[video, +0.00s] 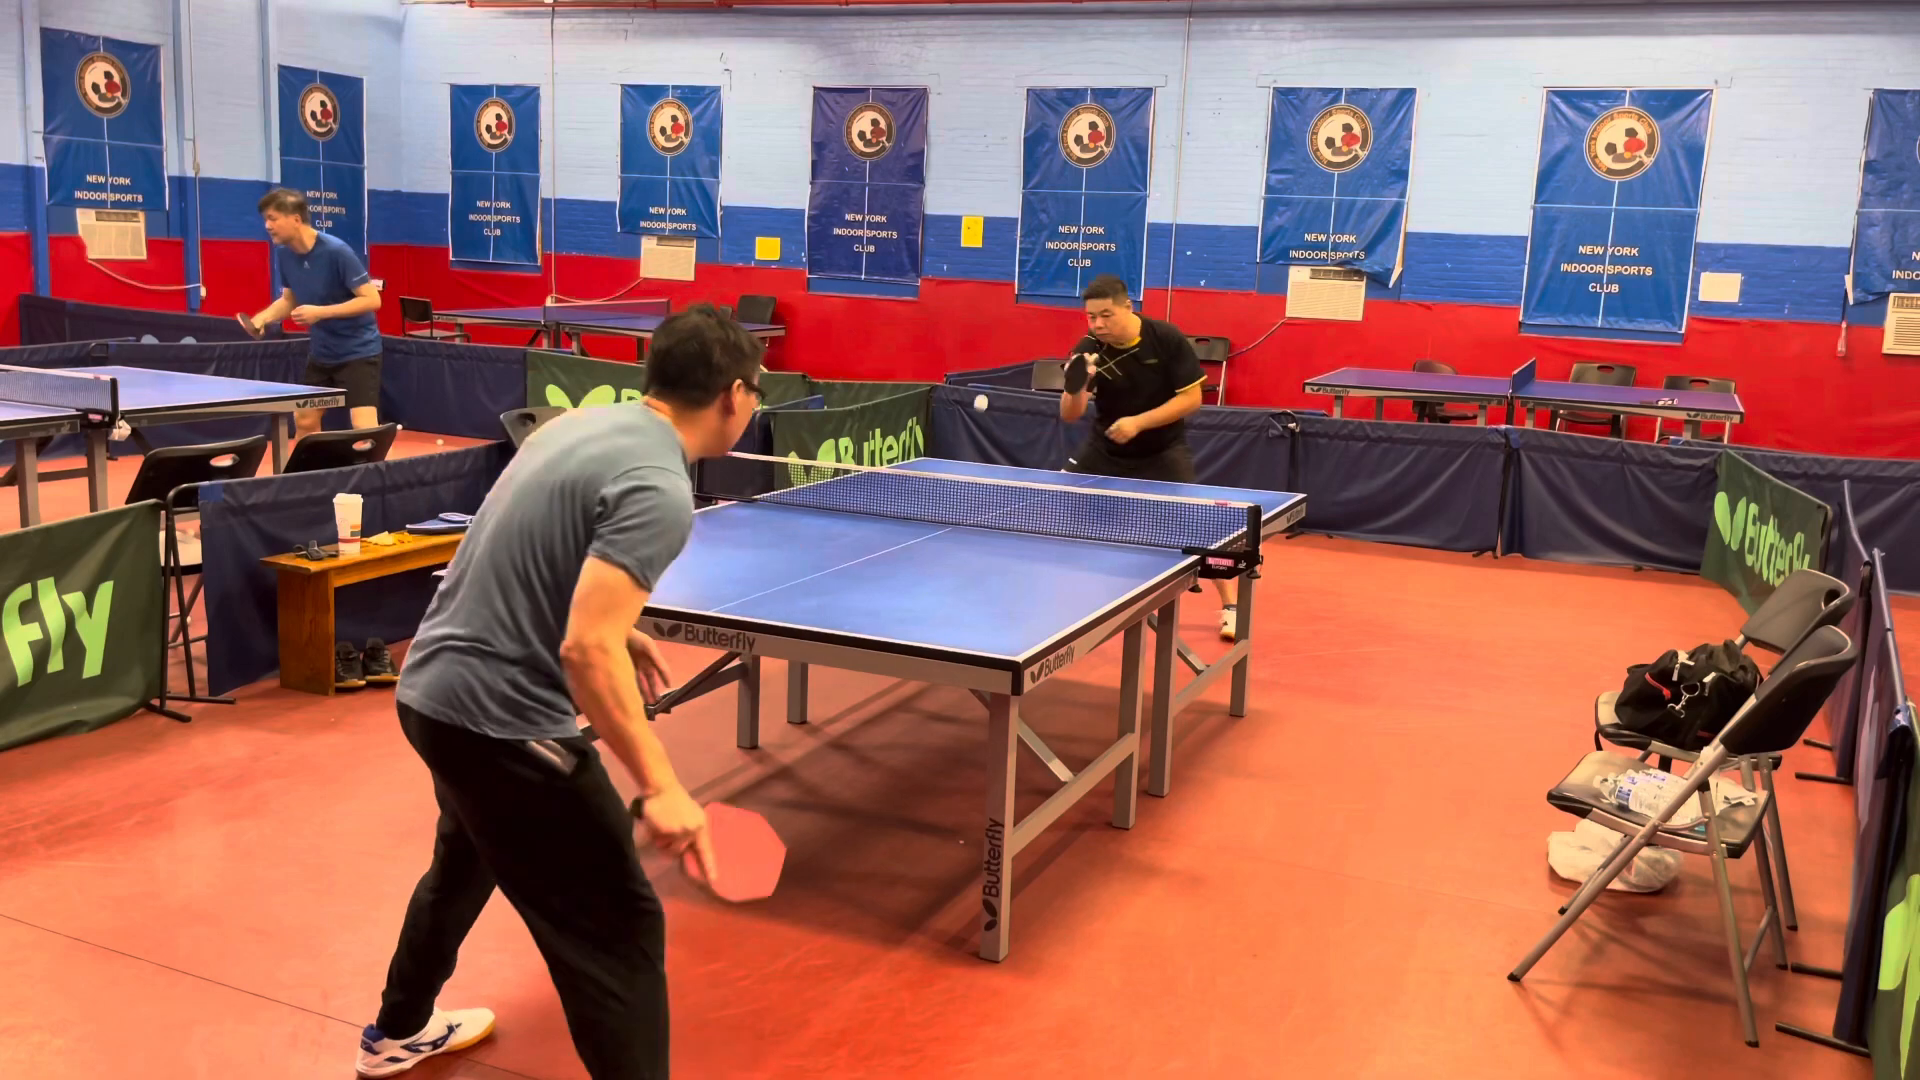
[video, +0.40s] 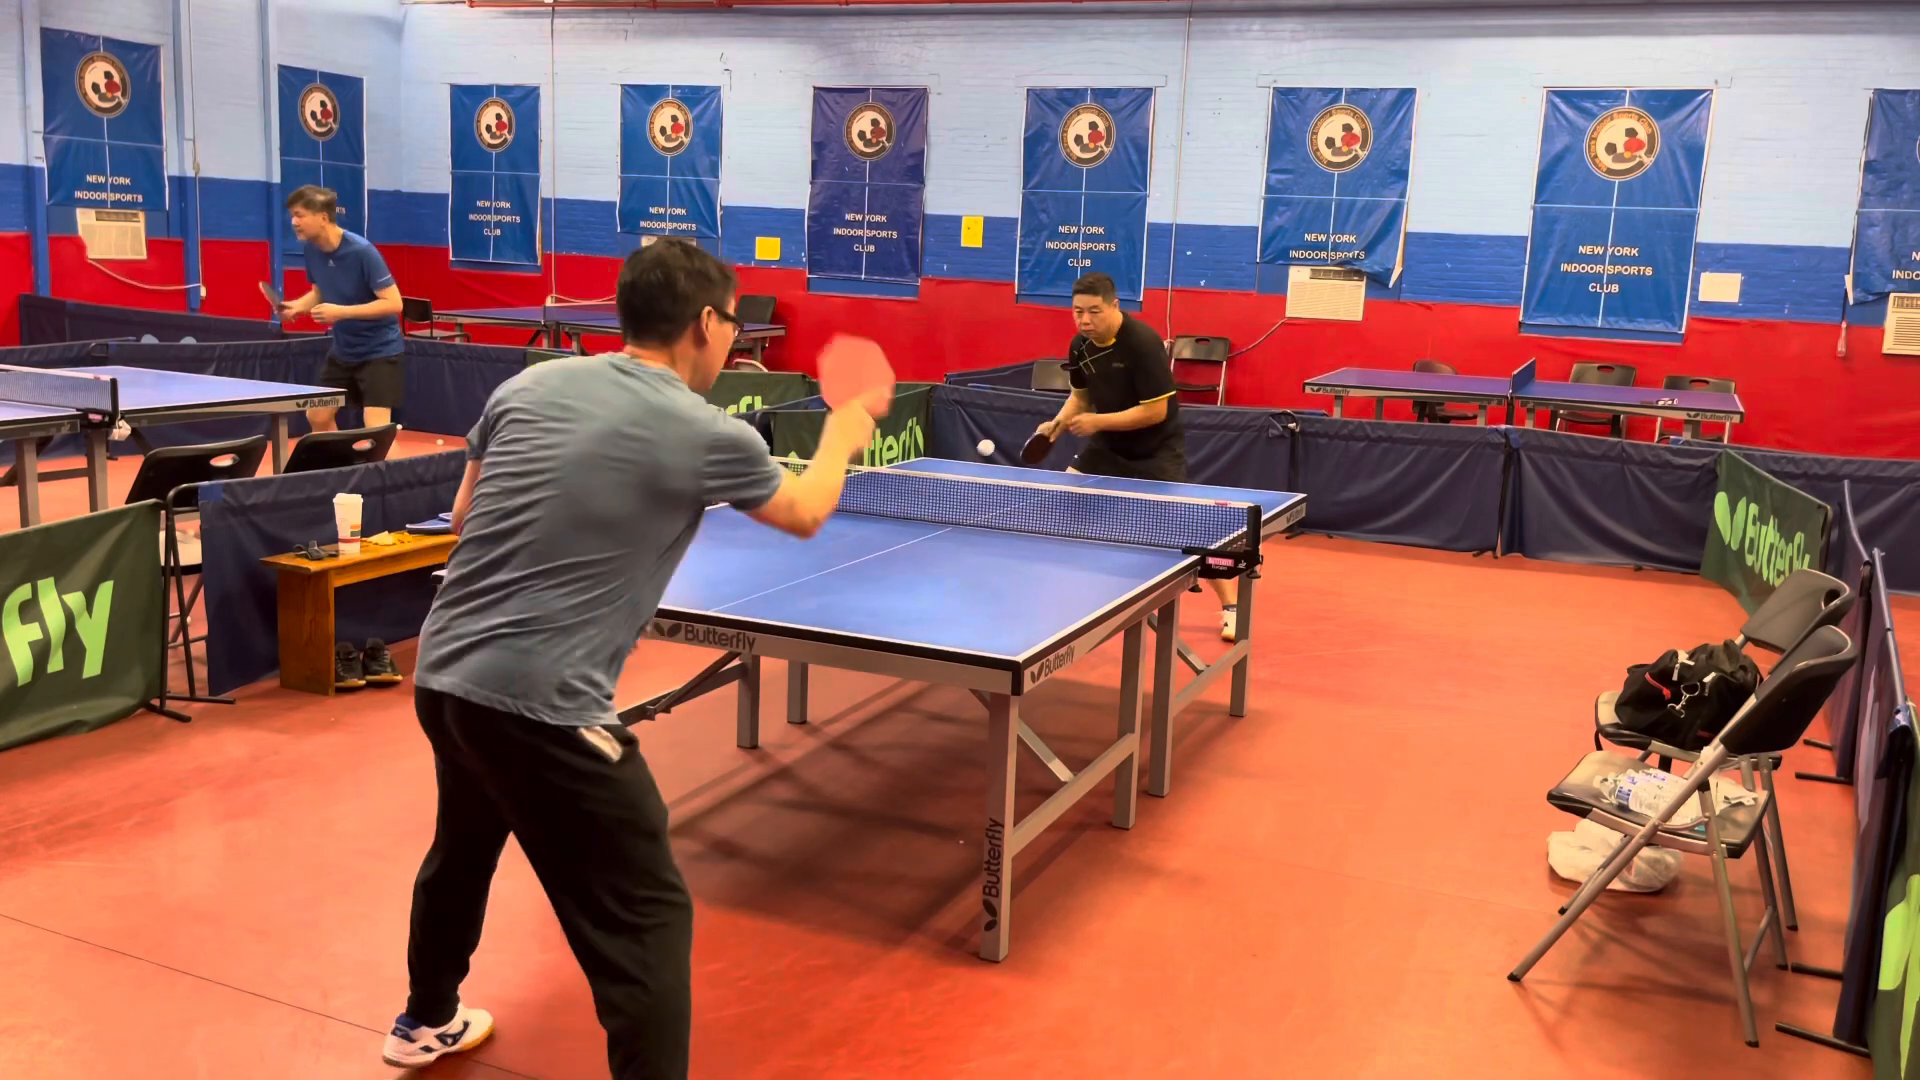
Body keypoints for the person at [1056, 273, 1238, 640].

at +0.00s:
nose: (1097, 325)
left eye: (1105, 315)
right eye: (1091, 317)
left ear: (1126, 307)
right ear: (1086, 315)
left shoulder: (1167, 339)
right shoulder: (1088, 348)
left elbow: (1193, 399)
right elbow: (1069, 414)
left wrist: (1138, 422)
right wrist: (1081, 383)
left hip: (1163, 452)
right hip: (1105, 450)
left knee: (1197, 519)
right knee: (1049, 500)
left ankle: (1230, 605)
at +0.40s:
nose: (1084, 321)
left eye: (1093, 311)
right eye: (1078, 312)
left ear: (1114, 306)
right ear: (1073, 311)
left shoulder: (1143, 342)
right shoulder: (1080, 346)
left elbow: (1157, 411)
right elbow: (1079, 396)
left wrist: (1097, 421)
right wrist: (1058, 422)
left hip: (1156, 453)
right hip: (1105, 450)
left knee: (1187, 525)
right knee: (1058, 504)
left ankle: (1230, 605)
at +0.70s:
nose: (1069, 326)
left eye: (1076, 317)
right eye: (1065, 318)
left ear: (1101, 309)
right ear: (1062, 314)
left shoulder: (1120, 348)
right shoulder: (1113, 331)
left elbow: (1114, 421)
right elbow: (1125, 378)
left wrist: (1079, 420)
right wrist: (1087, 379)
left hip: (1149, 452)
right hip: (1113, 446)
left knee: (1180, 528)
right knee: (1062, 501)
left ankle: (1230, 605)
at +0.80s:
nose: (1091, 318)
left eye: (1098, 309)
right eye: (1087, 310)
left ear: (1125, 300)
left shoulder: (1150, 341)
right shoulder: (1128, 330)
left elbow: (1149, 416)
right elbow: (1128, 372)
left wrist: (1106, 423)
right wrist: (1104, 362)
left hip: (1157, 456)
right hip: (1117, 448)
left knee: (1187, 531)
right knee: (1071, 505)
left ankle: (1231, 607)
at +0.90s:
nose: (1120, 309)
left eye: (1128, 301)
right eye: (1115, 301)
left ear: (1153, 296)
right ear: (1113, 299)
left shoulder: (1181, 340)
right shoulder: (1121, 330)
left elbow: (1188, 408)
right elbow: (1103, 382)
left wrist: (1133, 424)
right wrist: (1111, 368)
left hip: (1170, 455)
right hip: (1121, 446)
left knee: (1196, 528)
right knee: (1069, 500)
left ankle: (1231, 608)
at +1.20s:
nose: (1120, 314)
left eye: (1130, 306)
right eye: (1115, 305)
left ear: (1151, 305)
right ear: (1109, 304)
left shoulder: (1175, 345)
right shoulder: (1099, 341)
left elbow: (1191, 409)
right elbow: (1082, 392)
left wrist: (1138, 429)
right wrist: (1084, 405)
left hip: (1168, 454)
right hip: (1110, 450)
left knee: (1202, 523)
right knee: (1054, 502)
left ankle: (1236, 609)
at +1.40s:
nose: (1079, 318)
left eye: (1087, 309)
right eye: (1074, 309)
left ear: (1111, 305)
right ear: (1070, 307)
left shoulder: (1134, 342)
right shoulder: (1094, 336)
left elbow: (1136, 414)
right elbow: (1101, 387)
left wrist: (1088, 423)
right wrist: (1068, 414)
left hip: (1159, 452)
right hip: (1114, 446)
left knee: (1187, 527)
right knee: (1065, 503)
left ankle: (1238, 605)